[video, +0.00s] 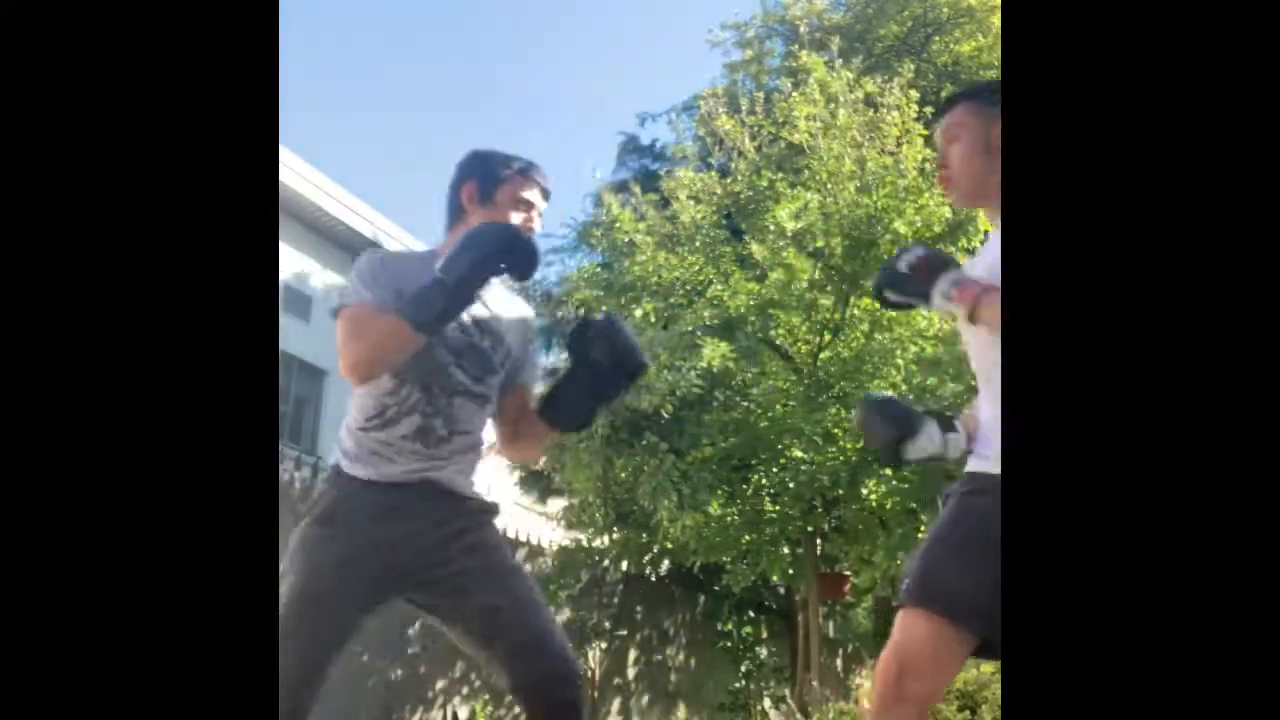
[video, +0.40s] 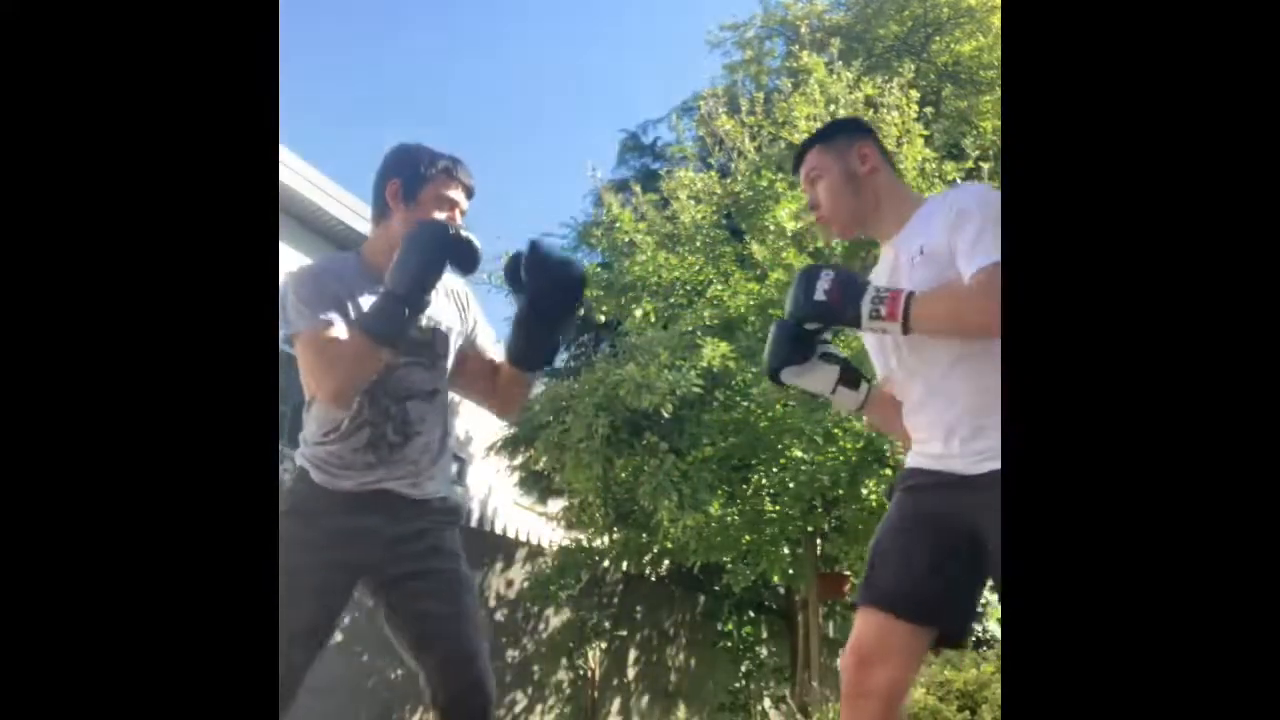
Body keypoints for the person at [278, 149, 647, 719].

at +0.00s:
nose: (534, 223)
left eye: (539, 214)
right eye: (522, 205)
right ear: (470, 198)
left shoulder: (515, 316)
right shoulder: (385, 269)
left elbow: (519, 442)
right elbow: (358, 361)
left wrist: (581, 390)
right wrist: (454, 283)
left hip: (455, 522)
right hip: (357, 510)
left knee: (555, 680)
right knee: (286, 686)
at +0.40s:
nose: (458, 224)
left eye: (463, 213)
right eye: (447, 206)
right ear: (395, 196)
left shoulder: (451, 296)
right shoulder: (315, 282)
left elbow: (505, 399)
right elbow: (330, 384)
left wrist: (539, 323)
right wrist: (404, 292)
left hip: (424, 519)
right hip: (321, 511)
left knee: (471, 700)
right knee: (279, 682)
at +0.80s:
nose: (379, 226)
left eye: (386, 217)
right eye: (367, 208)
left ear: (387, 226)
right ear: (316, 199)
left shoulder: (372, 296)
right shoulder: (283, 276)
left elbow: (418, 407)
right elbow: (284, 376)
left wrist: (454, 320)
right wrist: (305, 302)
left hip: (338, 507)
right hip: (289, 500)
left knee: (400, 693)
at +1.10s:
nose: (379, 206)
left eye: (386, 194)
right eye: (368, 185)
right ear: (315, 168)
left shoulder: (365, 266)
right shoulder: (283, 256)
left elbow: (468, 312)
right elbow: (285, 371)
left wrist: (561, 291)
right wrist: (318, 270)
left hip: (320, 489)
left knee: (362, 673)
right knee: (277, 677)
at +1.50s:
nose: (385, 147)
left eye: (391, 135)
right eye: (374, 125)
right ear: (313, 103)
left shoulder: (374, 227)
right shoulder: (284, 206)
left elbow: (431, 340)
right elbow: (284, 294)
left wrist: (511, 285)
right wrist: (310, 217)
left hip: (324, 474)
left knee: (356, 683)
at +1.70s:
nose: (319, 126)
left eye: (325, 115)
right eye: (308, 103)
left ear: (325, 121)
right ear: (277, 86)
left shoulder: (297, 225)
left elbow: (331, 334)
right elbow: (330, 333)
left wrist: (403, 266)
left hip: (288, 454)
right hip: (289, 454)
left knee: (342, 684)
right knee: (337, 683)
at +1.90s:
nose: (352, 77)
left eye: (356, 65)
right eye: (343, 59)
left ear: (326, 82)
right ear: (299, 64)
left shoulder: (292, 178)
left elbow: (359, 282)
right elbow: (359, 280)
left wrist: (382, 161)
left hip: (282, 432)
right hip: (281, 435)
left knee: (321, 650)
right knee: (318, 652)